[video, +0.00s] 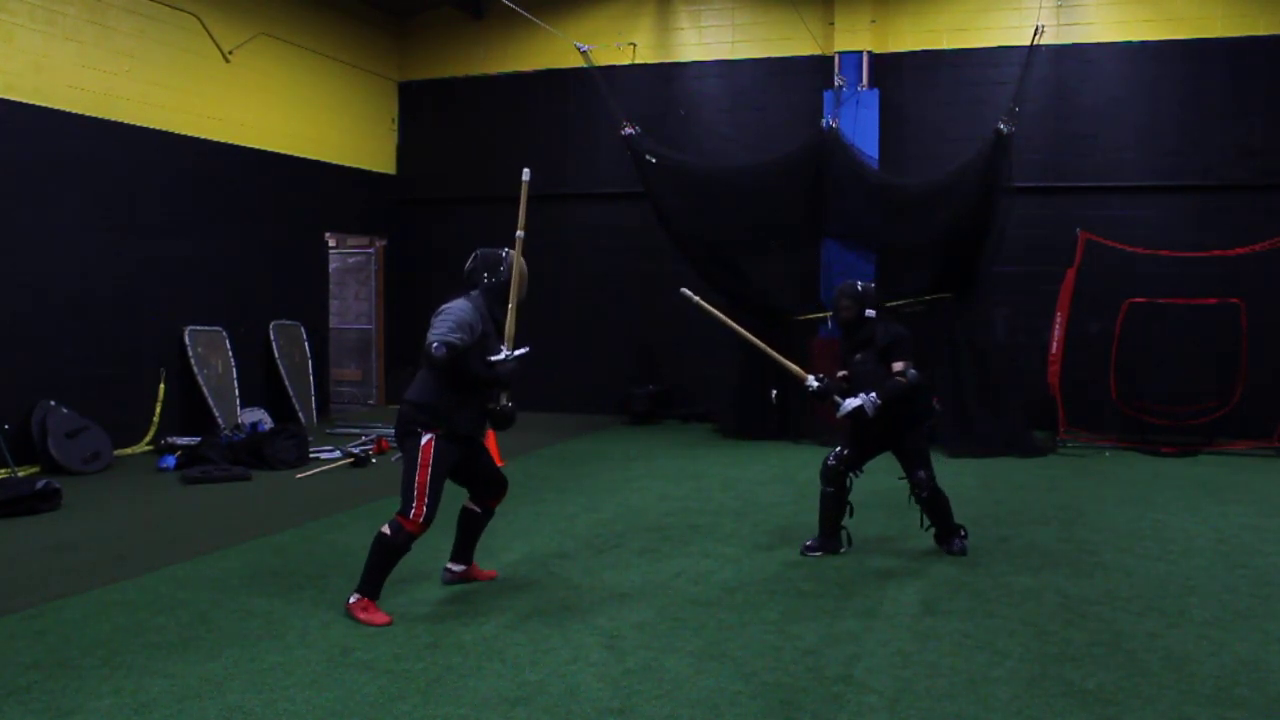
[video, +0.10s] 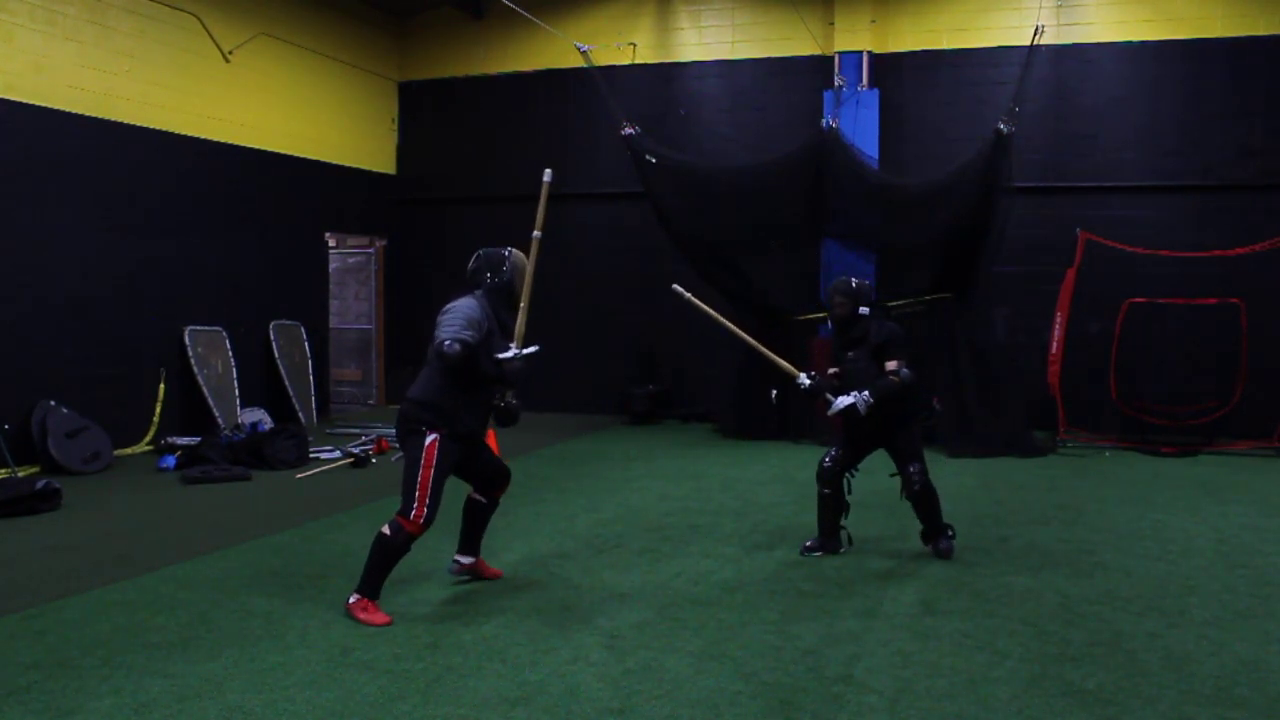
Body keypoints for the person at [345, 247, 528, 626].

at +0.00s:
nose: (515, 291)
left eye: (515, 283)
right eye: (511, 282)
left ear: (487, 279)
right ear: (493, 281)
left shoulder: (488, 321)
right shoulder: (461, 311)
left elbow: (473, 380)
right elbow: (440, 355)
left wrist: (494, 408)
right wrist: (493, 369)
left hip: (455, 428)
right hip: (426, 426)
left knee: (492, 486)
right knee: (415, 515)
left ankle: (460, 565)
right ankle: (362, 597)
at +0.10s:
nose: (521, 289)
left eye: (521, 281)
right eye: (517, 281)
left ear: (491, 278)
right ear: (499, 279)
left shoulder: (496, 320)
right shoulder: (467, 309)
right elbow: (453, 354)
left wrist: (501, 401)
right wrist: (500, 367)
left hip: (456, 425)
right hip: (429, 423)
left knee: (494, 476)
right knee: (416, 516)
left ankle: (467, 559)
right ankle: (362, 597)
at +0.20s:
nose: (527, 284)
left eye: (526, 277)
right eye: (523, 276)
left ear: (490, 274)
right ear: (508, 275)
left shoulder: (499, 312)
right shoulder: (481, 304)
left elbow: (505, 374)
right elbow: (502, 349)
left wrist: (539, 392)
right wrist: (545, 352)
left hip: (459, 425)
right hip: (438, 424)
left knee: (494, 479)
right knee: (417, 513)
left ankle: (483, 565)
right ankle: (363, 596)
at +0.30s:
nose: (535, 281)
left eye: (534, 274)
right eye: (532, 273)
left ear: (496, 273)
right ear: (518, 273)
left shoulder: (497, 311)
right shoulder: (503, 298)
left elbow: (535, 366)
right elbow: (560, 329)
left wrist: (580, 372)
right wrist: (619, 341)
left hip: (470, 419)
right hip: (454, 417)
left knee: (503, 483)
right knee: (445, 511)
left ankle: (483, 566)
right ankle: (376, 584)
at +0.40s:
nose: (552, 272)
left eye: (550, 266)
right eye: (549, 265)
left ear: (510, 265)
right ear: (539, 266)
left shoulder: (499, 297)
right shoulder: (530, 292)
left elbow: (554, 338)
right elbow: (586, 319)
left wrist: (600, 342)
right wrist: (640, 336)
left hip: (478, 407)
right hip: (475, 409)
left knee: (509, 486)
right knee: (499, 499)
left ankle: (484, 566)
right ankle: (426, 561)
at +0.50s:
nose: (572, 268)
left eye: (569, 262)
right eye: (571, 262)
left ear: (530, 256)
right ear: (564, 263)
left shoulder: (508, 283)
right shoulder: (557, 295)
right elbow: (605, 323)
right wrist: (651, 324)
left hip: (472, 400)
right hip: (501, 404)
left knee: (504, 482)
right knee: (549, 483)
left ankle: (485, 564)